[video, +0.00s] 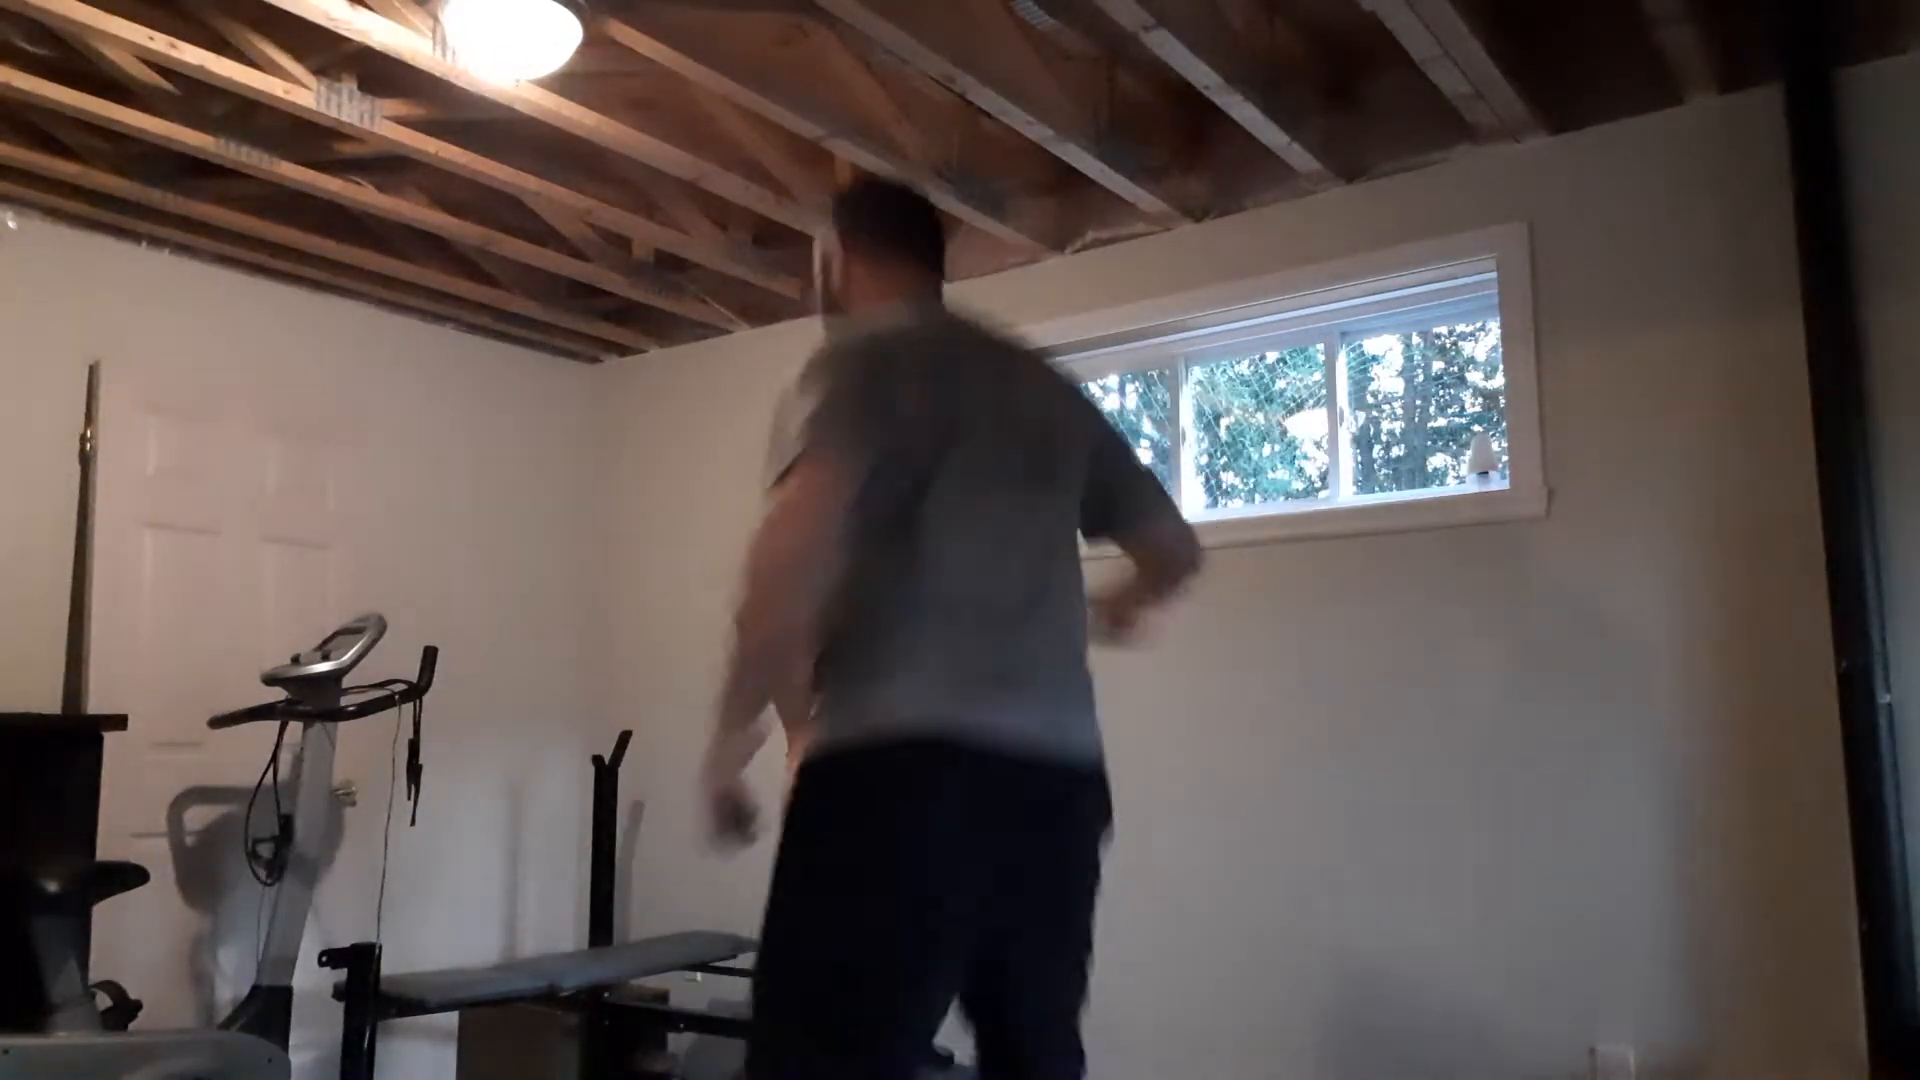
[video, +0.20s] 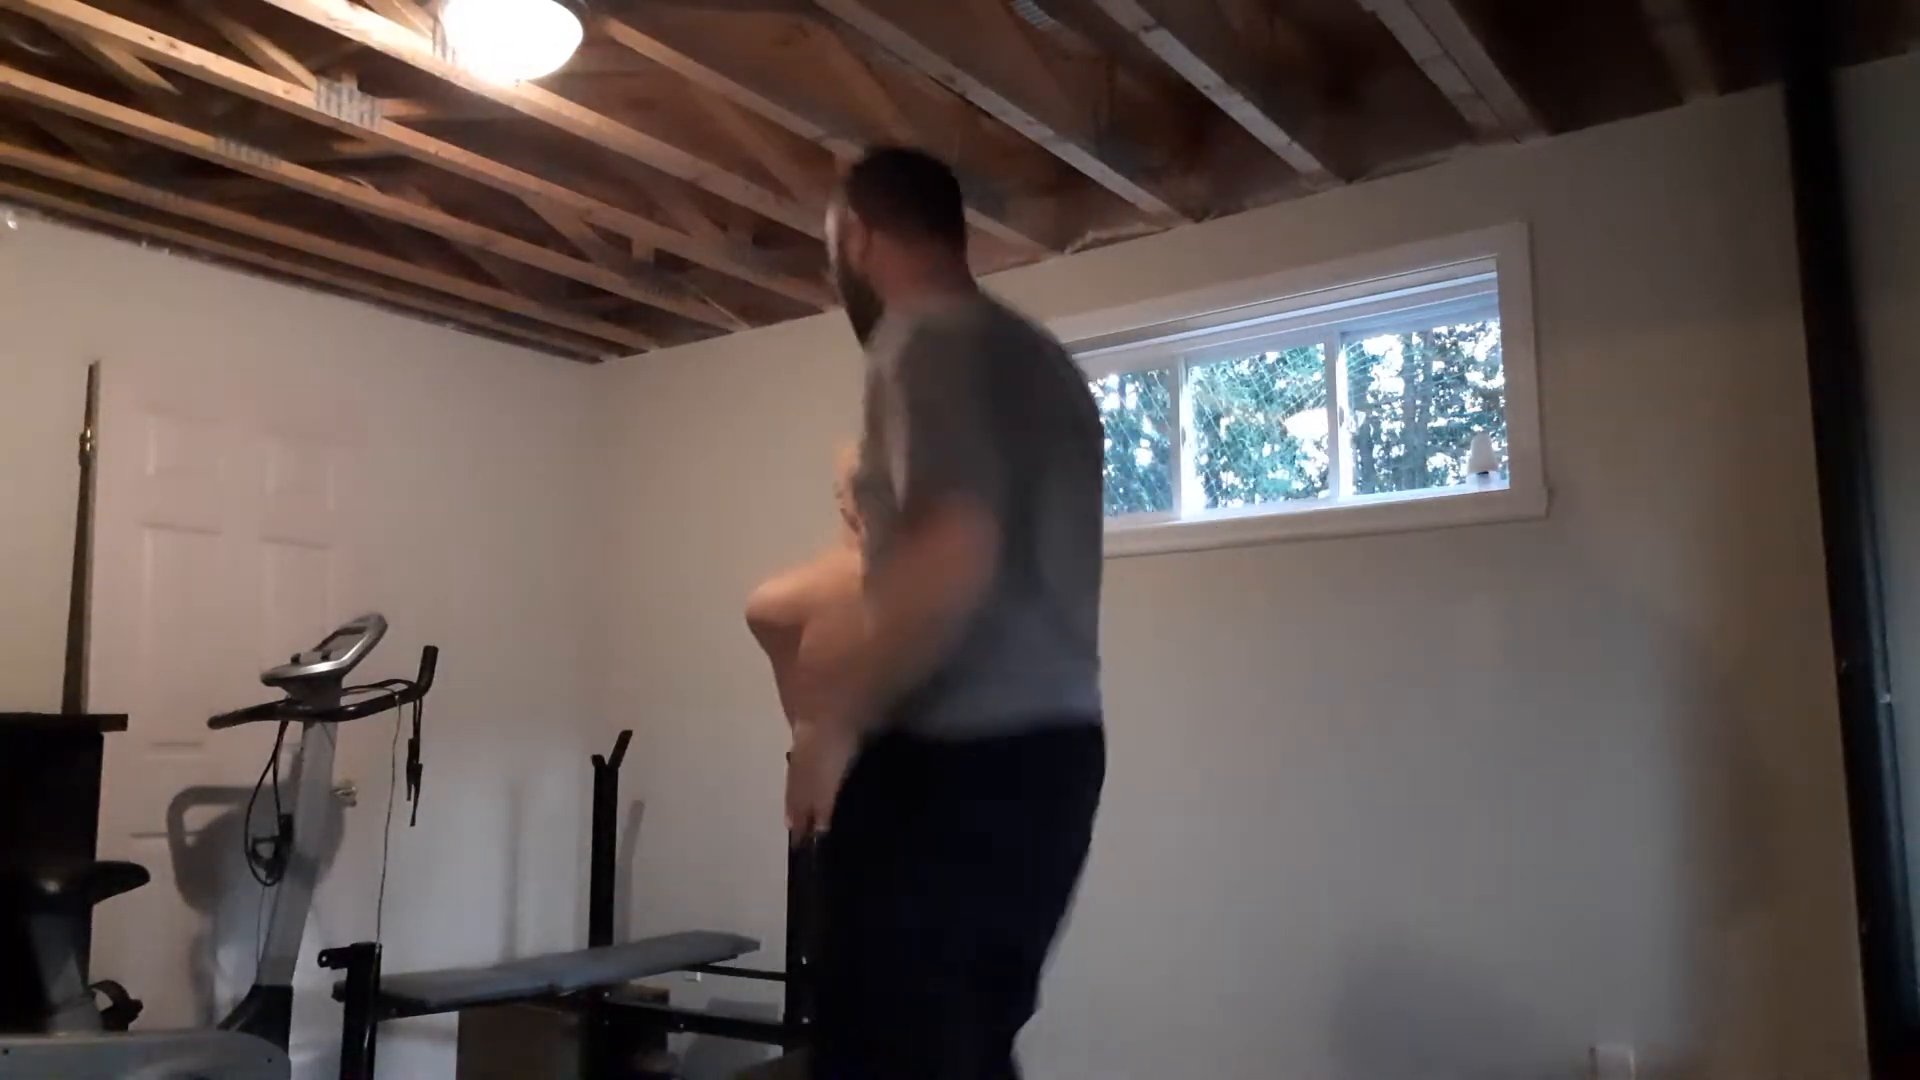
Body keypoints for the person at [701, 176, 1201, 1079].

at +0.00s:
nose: (825, 285)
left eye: (823, 266)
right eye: (825, 269)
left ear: (840, 262)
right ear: (937, 262)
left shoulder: (859, 365)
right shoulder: (1043, 383)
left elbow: (804, 530)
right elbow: (1173, 548)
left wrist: (735, 733)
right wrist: (1119, 606)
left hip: (892, 781)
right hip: (1053, 789)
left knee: (819, 1056)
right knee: (1037, 1056)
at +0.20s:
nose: (831, 268)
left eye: (831, 241)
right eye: (830, 244)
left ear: (861, 236)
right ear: (953, 235)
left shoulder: (931, 342)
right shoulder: (1036, 353)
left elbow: (953, 550)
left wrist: (835, 715)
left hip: (950, 756)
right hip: (1038, 751)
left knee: (893, 1044)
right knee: (965, 1039)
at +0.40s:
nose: (860, 290)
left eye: (859, 262)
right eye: (860, 265)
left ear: (887, 259)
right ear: (975, 249)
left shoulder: (1020, 390)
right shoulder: (977, 400)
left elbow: (1065, 626)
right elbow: (1008, 621)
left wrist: (867, 740)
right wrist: (867, 723)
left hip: (1025, 815)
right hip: (978, 812)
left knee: (955, 1064)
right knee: (931, 1060)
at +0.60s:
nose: (881, 296)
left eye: (882, 270)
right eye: (881, 273)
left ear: (902, 269)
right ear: (994, 262)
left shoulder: (995, 373)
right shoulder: (1073, 384)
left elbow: (1037, 611)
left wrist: (879, 697)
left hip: (1034, 807)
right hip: (1095, 799)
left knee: (992, 1060)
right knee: (1074, 1055)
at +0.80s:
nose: (904, 288)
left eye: (907, 266)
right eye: (908, 268)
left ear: (925, 267)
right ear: (1025, 272)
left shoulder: (972, 362)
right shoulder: (1110, 375)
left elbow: (997, 572)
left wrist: (880, 745)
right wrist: (893, 556)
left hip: (1106, 783)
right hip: (1216, 780)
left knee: (990, 1052)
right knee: (1139, 1058)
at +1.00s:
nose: (1106, 328)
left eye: (1111, 313)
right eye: (1122, 312)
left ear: (1111, 323)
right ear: (1206, 333)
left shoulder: (1038, 444)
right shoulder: (1283, 490)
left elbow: (911, 636)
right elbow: (1395, 701)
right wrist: (1474, 928)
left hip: (1042, 859)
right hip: (1216, 882)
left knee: (1011, 1066)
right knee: (1181, 1067)